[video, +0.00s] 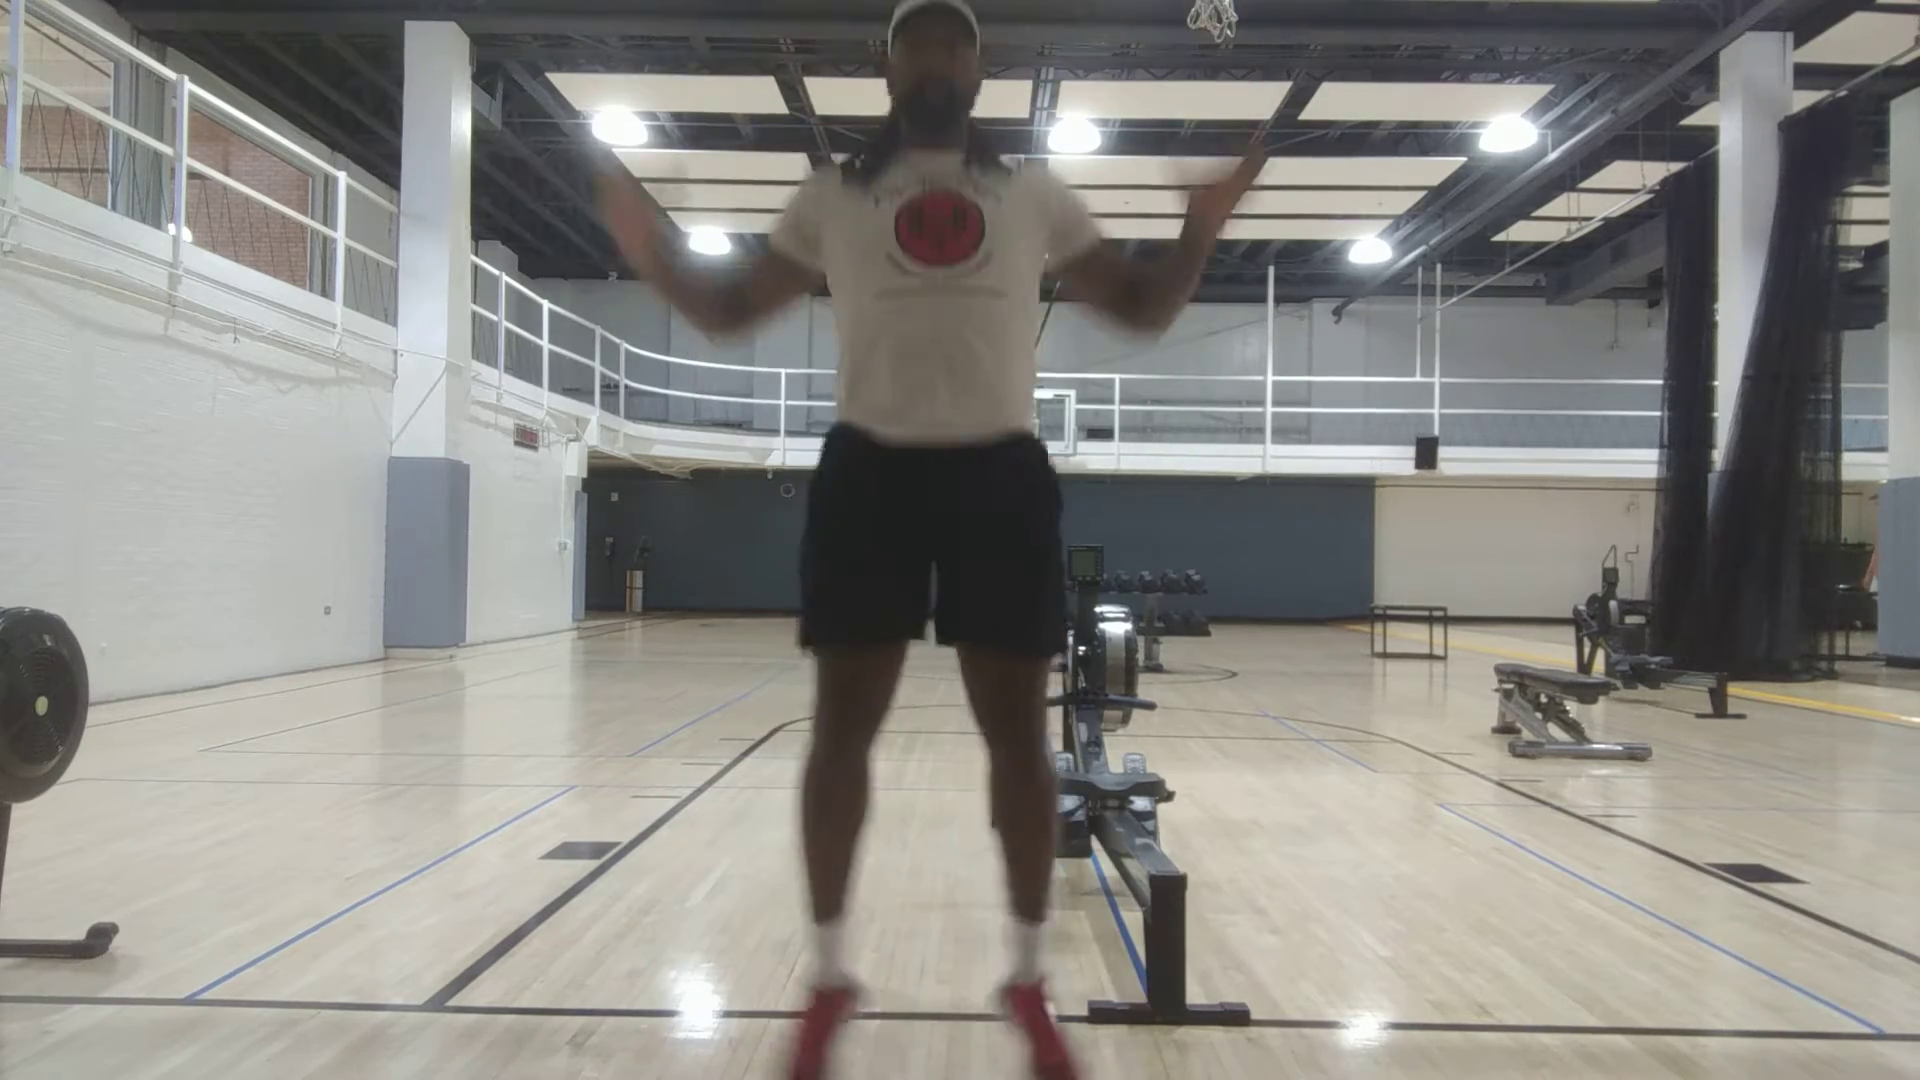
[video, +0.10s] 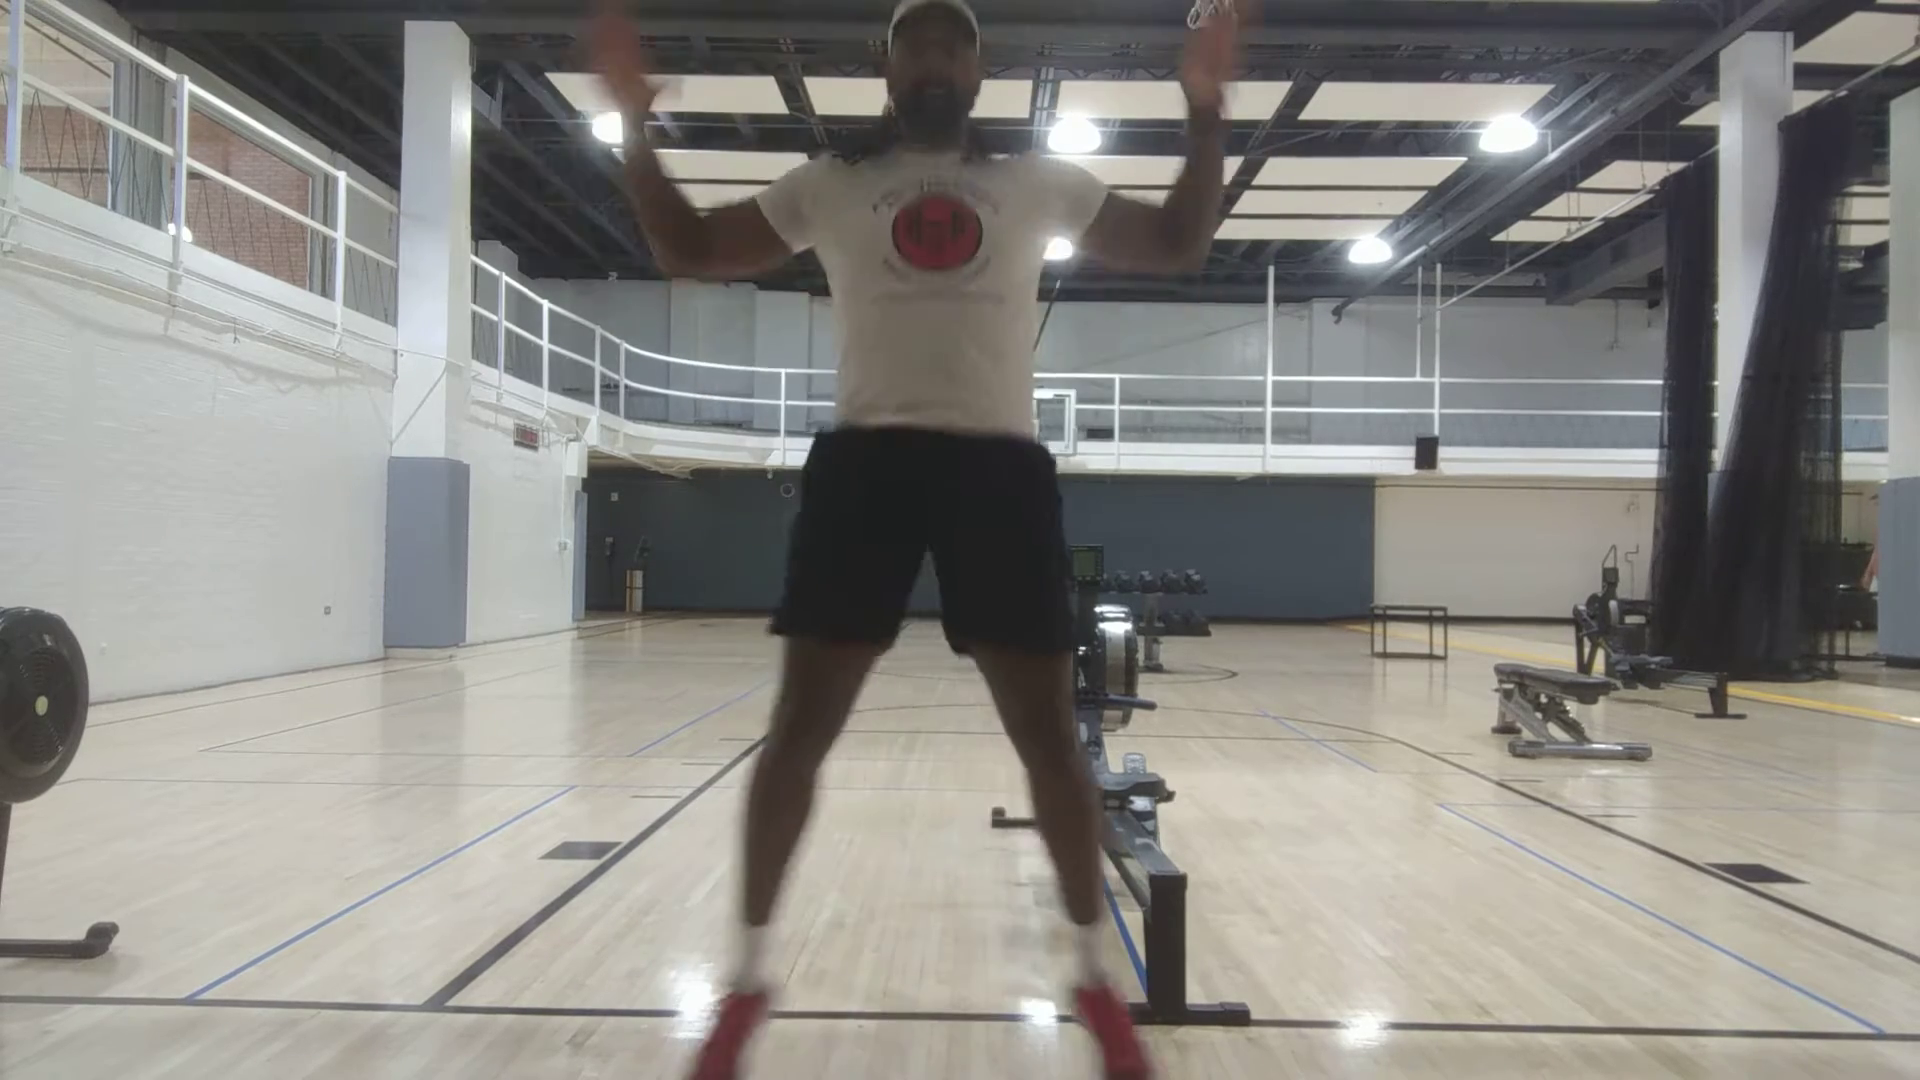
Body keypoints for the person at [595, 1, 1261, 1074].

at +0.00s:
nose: (931, 58)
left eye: (950, 42)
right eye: (913, 42)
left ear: (981, 69)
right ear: (885, 70)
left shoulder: (1033, 190)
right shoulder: (834, 197)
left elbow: (1145, 307)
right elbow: (726, 312)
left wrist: (1202, 225)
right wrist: (657, 257)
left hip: (1001, 479)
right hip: (869, 478)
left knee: (1017, 726)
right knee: (843, 723)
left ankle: (1027, 977)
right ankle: (828, 973)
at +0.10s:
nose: (930, 58)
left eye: (950, 41)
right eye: (912, 41)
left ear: (982, 68)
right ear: (885, 69)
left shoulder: (1038, 183)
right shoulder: (832, 182)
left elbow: (1176, 243)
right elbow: (687, 248)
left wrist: (1207, 107)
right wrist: (633, 114)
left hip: (1001, 474)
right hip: (864, 469)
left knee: (1047, 729)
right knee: (802, 725)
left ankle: (1096, 973)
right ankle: (744, 976)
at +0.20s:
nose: (931, 125)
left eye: (948, 110)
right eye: (914, 109)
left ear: (977, 130)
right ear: (886, 130)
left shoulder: (1038, 234)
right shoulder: (830, 239)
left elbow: (1184, 215)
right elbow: (674, 226)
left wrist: (1131, 78)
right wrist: (705, 79)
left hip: (1000, 542)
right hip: (858, 538)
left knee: (1072, 790)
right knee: (766, 786)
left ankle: (1146, 1014)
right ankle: (678, 1015)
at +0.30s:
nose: (931, 211)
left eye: (948, 196)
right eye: (912, 195)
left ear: (976, 218)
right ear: (881, 217)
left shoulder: (1031, 305)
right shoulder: (823, 309)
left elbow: (1163, 248)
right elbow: (688, 248)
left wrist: (1027, 163)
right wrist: (801, 150)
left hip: (997, 629)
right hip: (853, 625)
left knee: (1085, 862)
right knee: (762, 851)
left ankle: (1149, 1042)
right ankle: (676, 1045)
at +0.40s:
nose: (932, 186)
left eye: (948, 174)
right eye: (912, 173)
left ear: (974, 201)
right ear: (881, 200)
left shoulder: (1031, 294)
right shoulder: (826, 294)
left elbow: (1175, 275)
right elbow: (678, 267)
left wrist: (1126, 133)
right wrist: (718, 138)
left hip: (1002, 596)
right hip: (859, 594)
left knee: (1082, 822)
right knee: (765, 814)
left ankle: (1148, 1030)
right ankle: (682, 1030)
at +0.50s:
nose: (935, 103)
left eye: (953, 88)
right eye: (917, 87)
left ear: (978, 112)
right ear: (886, 110)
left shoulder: (1032, 222)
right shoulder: (836, 223)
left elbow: (1165, 288)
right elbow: (696, 278)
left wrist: (1235, 187)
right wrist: (623, 182)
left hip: (1002, 511)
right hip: (863, 509)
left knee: (1059, 751)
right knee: (791, 747)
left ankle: (1111, 986)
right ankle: (741, 987)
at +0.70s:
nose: (933, 76)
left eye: (951, 59)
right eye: (914, 59)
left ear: (978, 85)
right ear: (883, 86)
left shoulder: (1034, 215)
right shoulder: (837, 217)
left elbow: (1072, 348)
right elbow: (784, 339)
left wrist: (1118, 377)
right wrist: (749, 367)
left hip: (1001, 502)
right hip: (871, 500)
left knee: (1010, 761)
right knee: (854, 756)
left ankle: (987, 995)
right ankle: (872, 994)